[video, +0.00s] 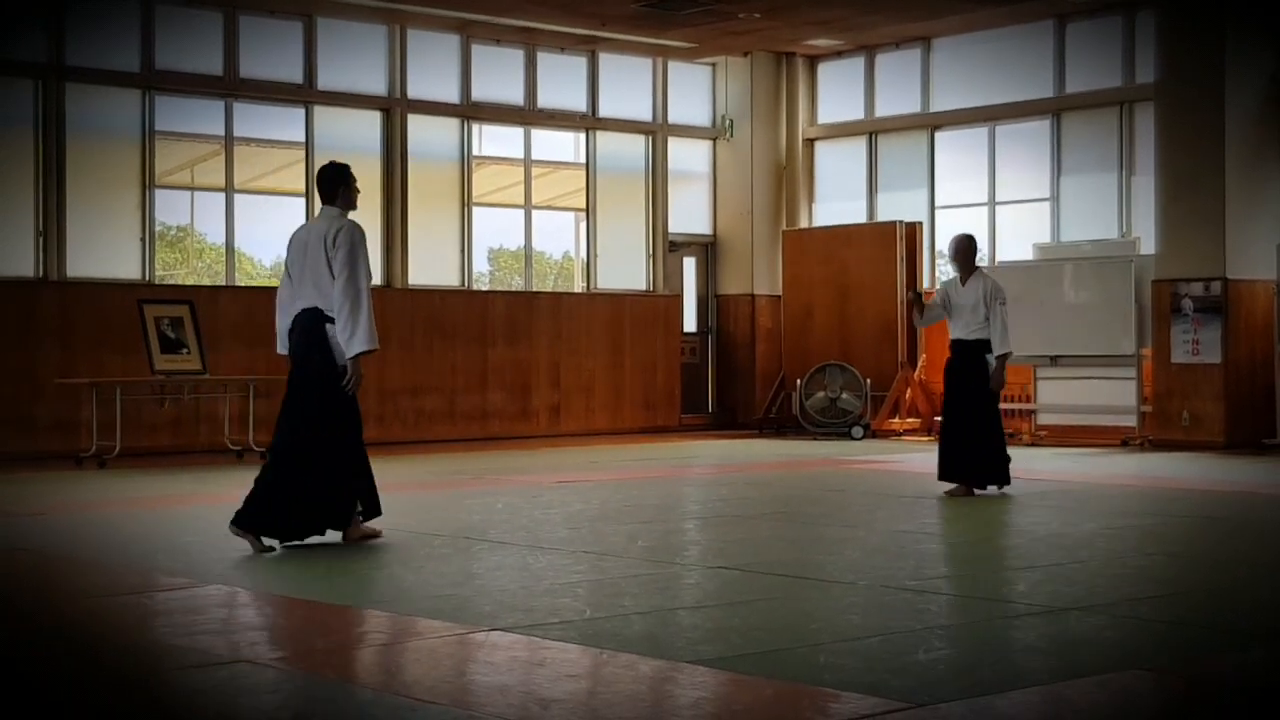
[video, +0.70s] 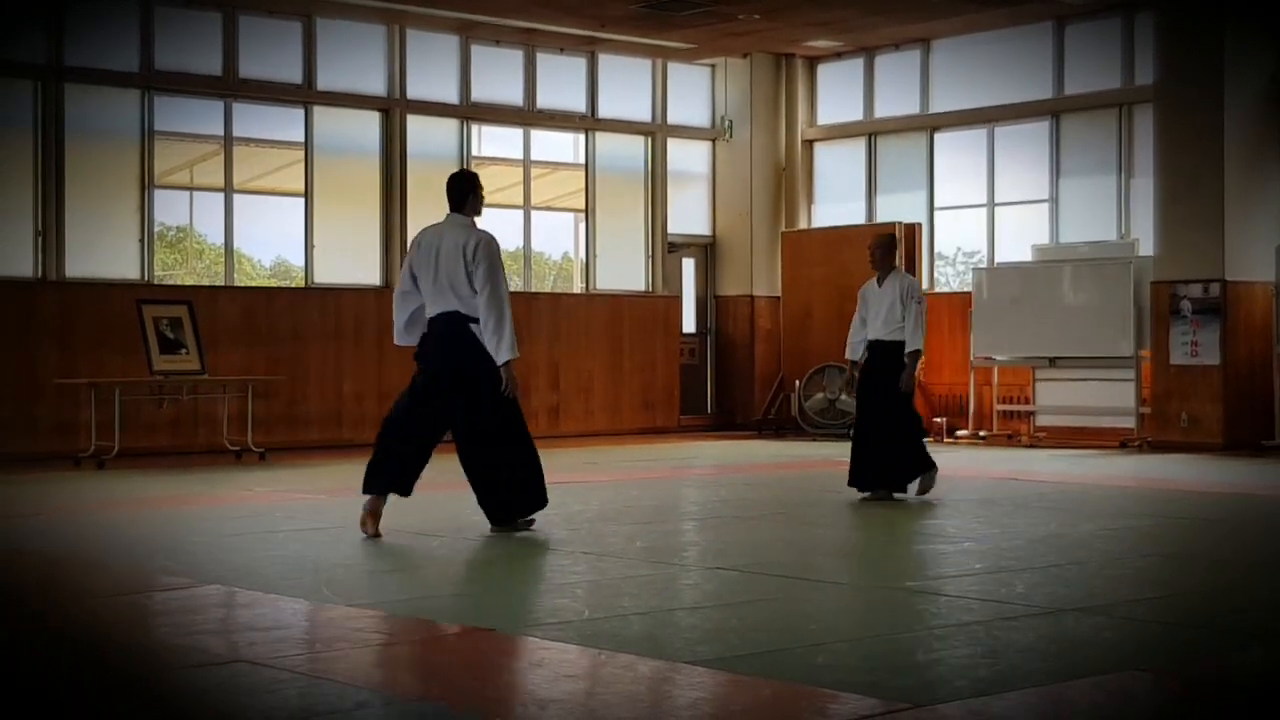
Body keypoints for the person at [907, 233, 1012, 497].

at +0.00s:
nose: (951, 256)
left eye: (956, 251)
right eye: (950, 251)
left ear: (970, 253)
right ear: (952, 255)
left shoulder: (989, 286)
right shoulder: (949, 289)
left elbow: (999, 328)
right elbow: (923, 319)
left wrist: (1000, 367)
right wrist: (916, 304)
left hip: (981, 357)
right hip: (957, 356)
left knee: (979, 418)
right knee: (958, 418)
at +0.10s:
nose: (943, 255)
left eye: (947, 250)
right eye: (942, 251)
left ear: (961, 252)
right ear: (943, 254)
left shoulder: (980, 285)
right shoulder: (941, 285)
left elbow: (990, 328)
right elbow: (930, 312)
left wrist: (989, 367)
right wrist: (914, 325)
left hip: (972, 356)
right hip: (948, 355)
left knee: (969, 418)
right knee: (949, 416)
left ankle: (968, 482)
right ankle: (961, 480)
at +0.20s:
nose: (933, 254)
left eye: (938, 249)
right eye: (931, 249)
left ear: (953, 251)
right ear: (931, 251)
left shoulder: (970, 285)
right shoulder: (929, 287)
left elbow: (979, 326)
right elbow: (920, 319)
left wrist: (976, 366)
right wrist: (907, 347)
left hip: (961, 354)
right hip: (935, 354)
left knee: (961, 418)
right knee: (932, 415)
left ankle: (964, 482)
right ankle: (940, 474)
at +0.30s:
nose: (920, 255)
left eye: (924, 250)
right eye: (919, 250)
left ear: (940, 252)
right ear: (923, 253)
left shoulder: (959, 286)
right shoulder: (916, 289)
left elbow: (968, 327)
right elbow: (911, 325)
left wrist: (966, 366)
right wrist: (903, 354)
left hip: (952, 357)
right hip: (924, 357)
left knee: (956, 421)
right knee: (915, 417)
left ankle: (962, 482)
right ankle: (913, 480)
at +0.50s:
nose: (895, 259)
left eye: (900, 254)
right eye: (894, 254)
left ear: (915, 257)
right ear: (895, 258)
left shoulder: (931, 289)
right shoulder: (890, 293)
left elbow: (941, 330)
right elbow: (886, 330)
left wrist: (941, 369)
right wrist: (881, 363)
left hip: (925, 359)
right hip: (898, 360)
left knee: (939, 421)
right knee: (890, 421)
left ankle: (959, 479)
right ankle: (884, 484)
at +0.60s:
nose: (881, 257)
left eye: (885, 252)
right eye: (880, 252)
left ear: (901, 255)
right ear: (884, 256)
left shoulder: (919, 287)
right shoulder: (877, 292)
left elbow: (927, 330)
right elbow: (870, 330)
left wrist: (926, 369)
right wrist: (866, 366)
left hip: (909, 358)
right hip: (882, 359)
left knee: (917, 421)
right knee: (881, 422)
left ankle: (949, 469)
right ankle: (882, 487)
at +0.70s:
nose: (870, 255)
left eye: (875, 251)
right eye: (869, 251)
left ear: (890, 253)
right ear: (873, 255)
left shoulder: (908, 284)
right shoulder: (866, 289)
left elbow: (915, 326)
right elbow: (858, 327)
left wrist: (911, 367)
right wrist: (852, 365)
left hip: (897, 354)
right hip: (873, 355)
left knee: (896, 416)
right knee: (872, 418)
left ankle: (926, 467)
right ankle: (880, 485)